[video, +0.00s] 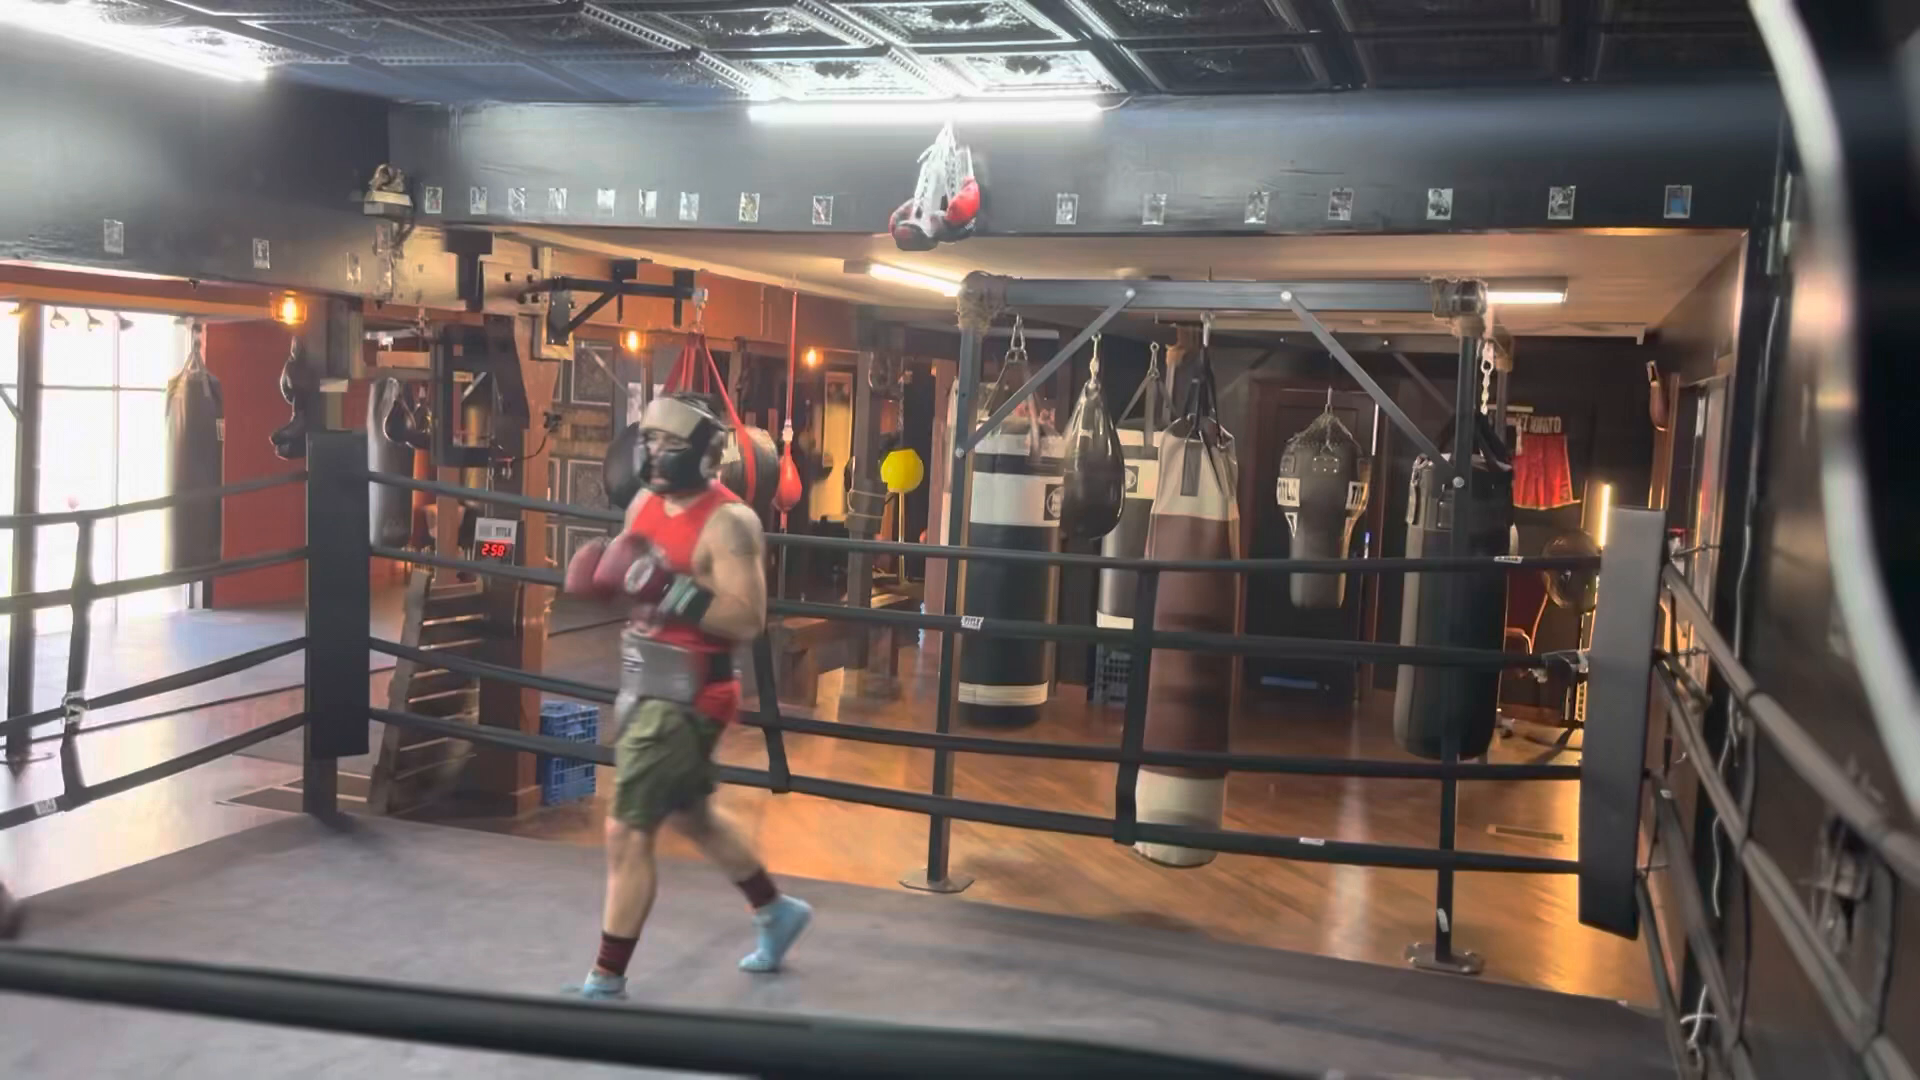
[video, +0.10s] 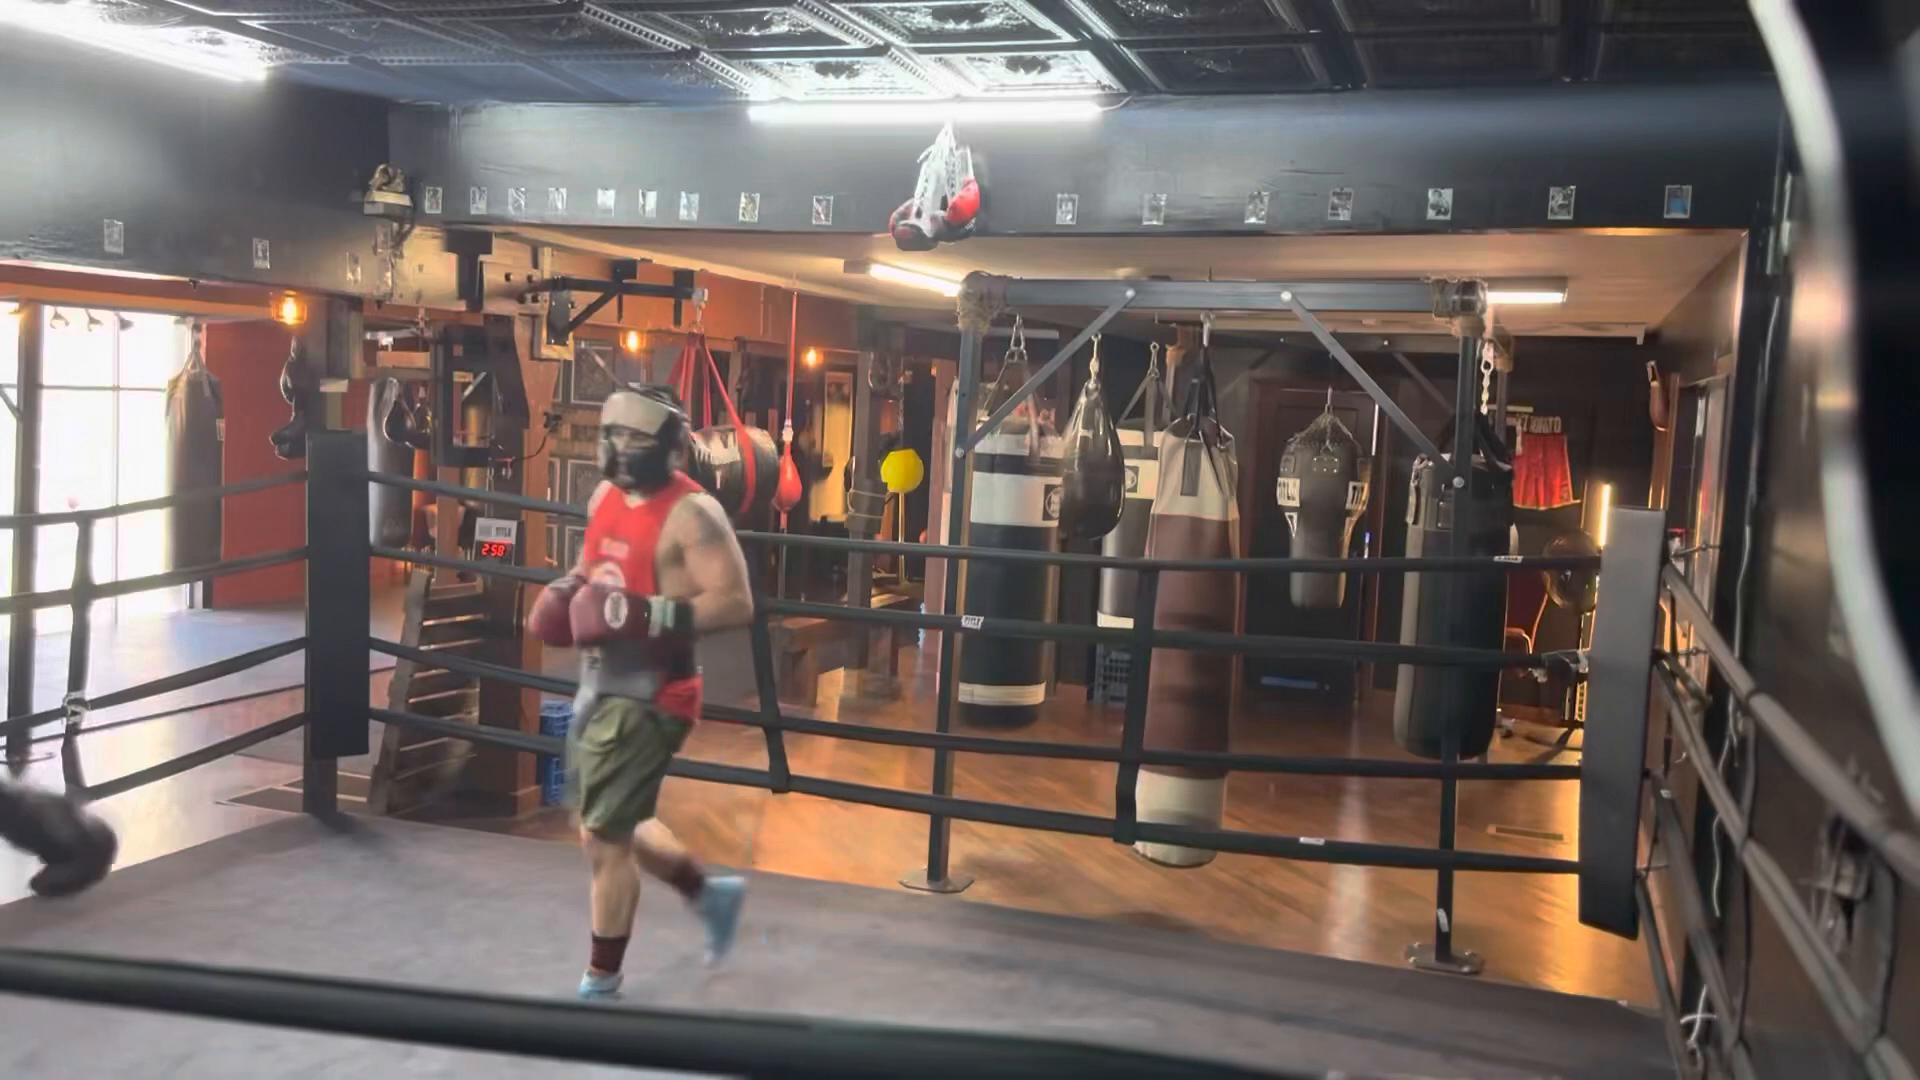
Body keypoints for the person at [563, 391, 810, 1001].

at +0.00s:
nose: (653, 451)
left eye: (667, 441)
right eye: (650, 438)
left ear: (702, 448)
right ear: (645, 440)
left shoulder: (731, 522)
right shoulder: (647, 503)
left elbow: (746, 619)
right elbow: (626, 571)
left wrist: (667, 589)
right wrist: (600, 570)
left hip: (690, 696)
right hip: (645, 686)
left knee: (627, 832)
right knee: (696, 817)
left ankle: (606, 979)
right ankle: (776, 910)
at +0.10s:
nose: (621, 448)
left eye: (636, 438)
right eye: (614, 435)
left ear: (667, 445)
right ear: (605, 439)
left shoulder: (695, 514)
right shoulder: (605, 498)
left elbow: (735, 604)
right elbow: (592, 569)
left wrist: (649, 611)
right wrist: (563, 597)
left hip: (654, 694)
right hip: (599, 681)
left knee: (607, 832)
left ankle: (601, 980)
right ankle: (709, 892)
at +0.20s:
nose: (578, 440)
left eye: (593, 429)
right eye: (571, 427)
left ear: (626, 433)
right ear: (561, 431)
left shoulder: (660, 502)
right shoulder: (570, 492)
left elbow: (715, 589)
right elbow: (571, 569)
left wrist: (639, 615)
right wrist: (533, 595)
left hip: (618, 691)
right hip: (559, 677)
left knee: (599, 836)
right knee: (522, 814)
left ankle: (600, 977)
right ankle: (616, 912)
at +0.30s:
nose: (540, 440)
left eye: (554, 428)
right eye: (530, 427)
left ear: (587, 432)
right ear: (520, 430)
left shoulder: (626, 501)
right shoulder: (526, 495)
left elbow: (696, 583)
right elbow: (533, 580)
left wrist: (641, 602)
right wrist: (482, 594)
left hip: (590, 697)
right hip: (517, 688)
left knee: (591, 844)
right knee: (477, 832)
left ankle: (599, 980)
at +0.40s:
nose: (489, 448)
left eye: (504, 436)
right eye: (482, 436)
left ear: (543, 440)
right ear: (476, 440)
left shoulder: (586, 506)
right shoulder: (481, 506)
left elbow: (666, 570)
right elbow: (475, 587)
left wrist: (648, 586)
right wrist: (415, 595)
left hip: (557, 706)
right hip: (480, 701)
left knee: (570, 856)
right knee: (442, 860)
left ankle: (597, 986)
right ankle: (398, 1015)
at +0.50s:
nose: (449, 452)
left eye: (465, 439)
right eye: (439, 439)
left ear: (503, 444)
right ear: (428, 445)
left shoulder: (544, 510)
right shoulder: (434, 511)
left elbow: (628, 561)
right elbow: (419, 597)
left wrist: (664, 570)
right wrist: (355, 598)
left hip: (510, 716)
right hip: (430, 709)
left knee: (513, 876)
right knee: (406, 873)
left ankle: (587, 973)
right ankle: (388, 1030)